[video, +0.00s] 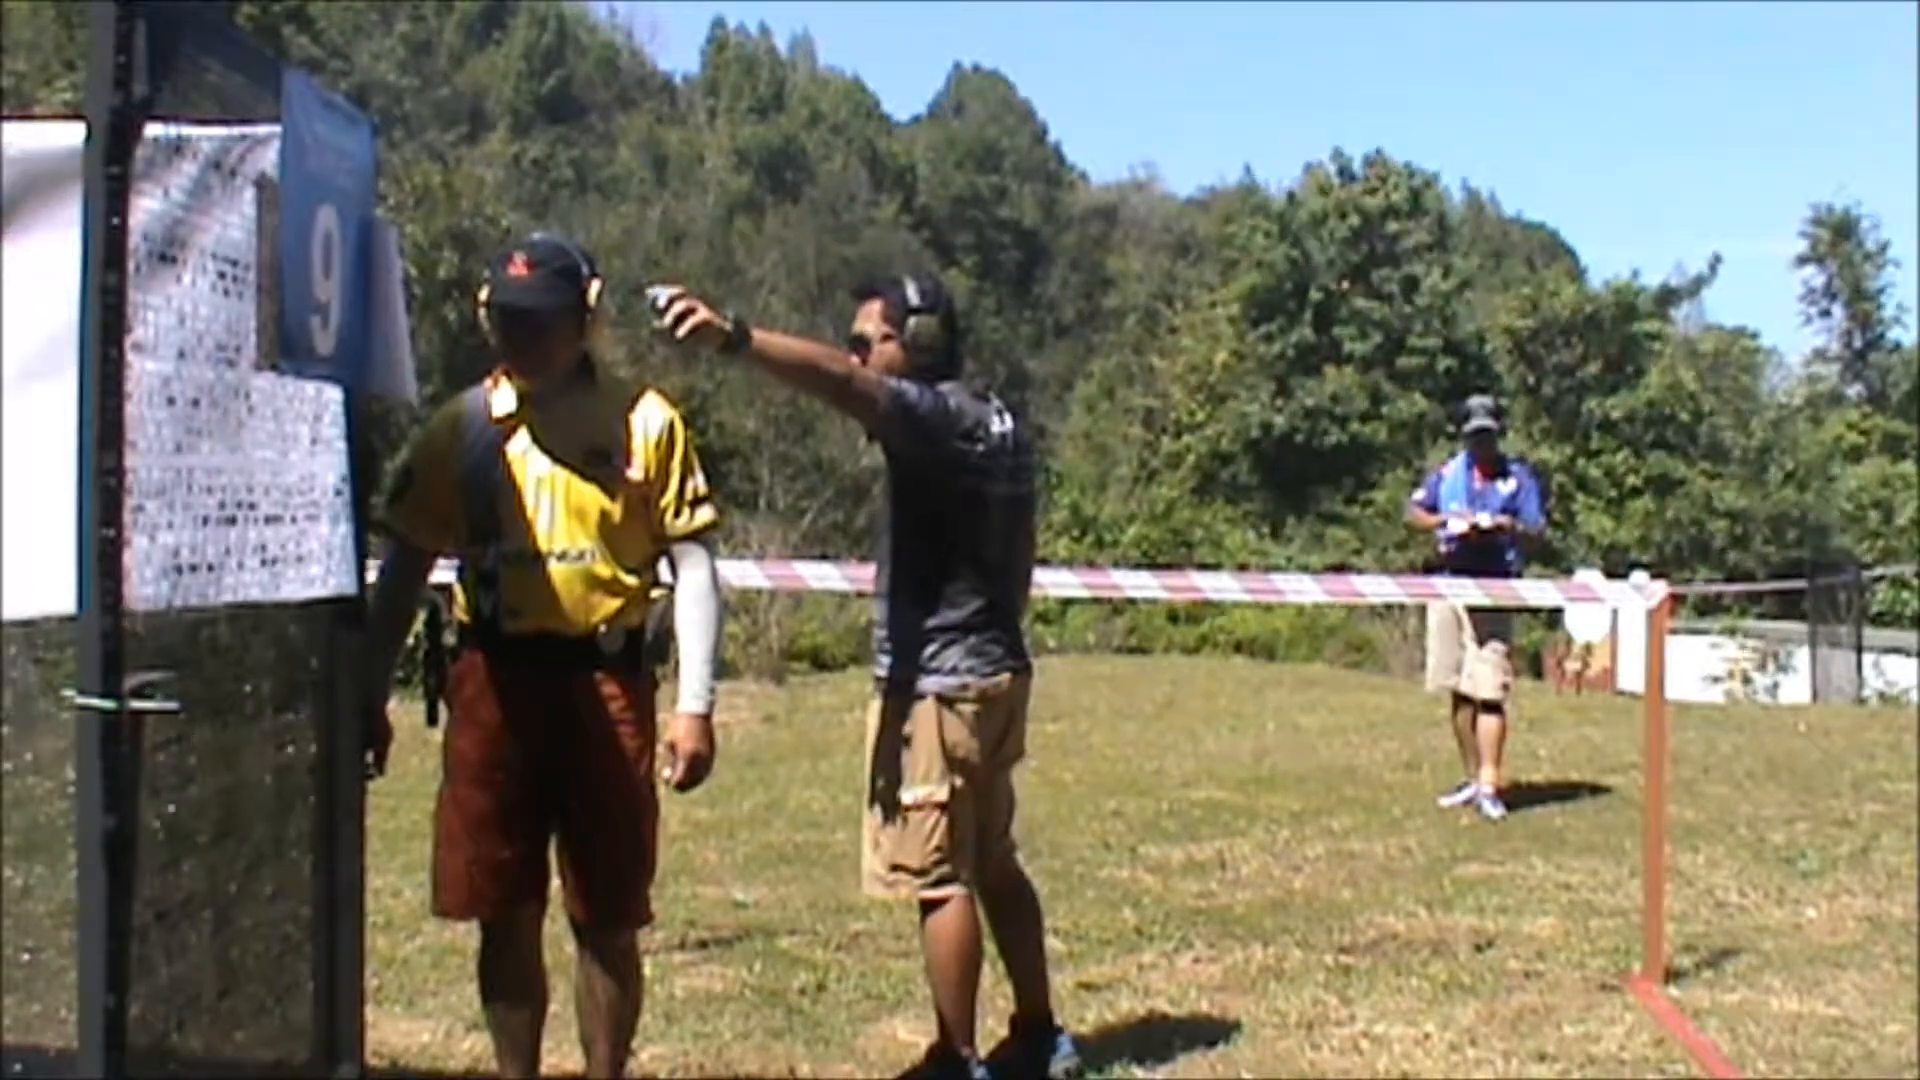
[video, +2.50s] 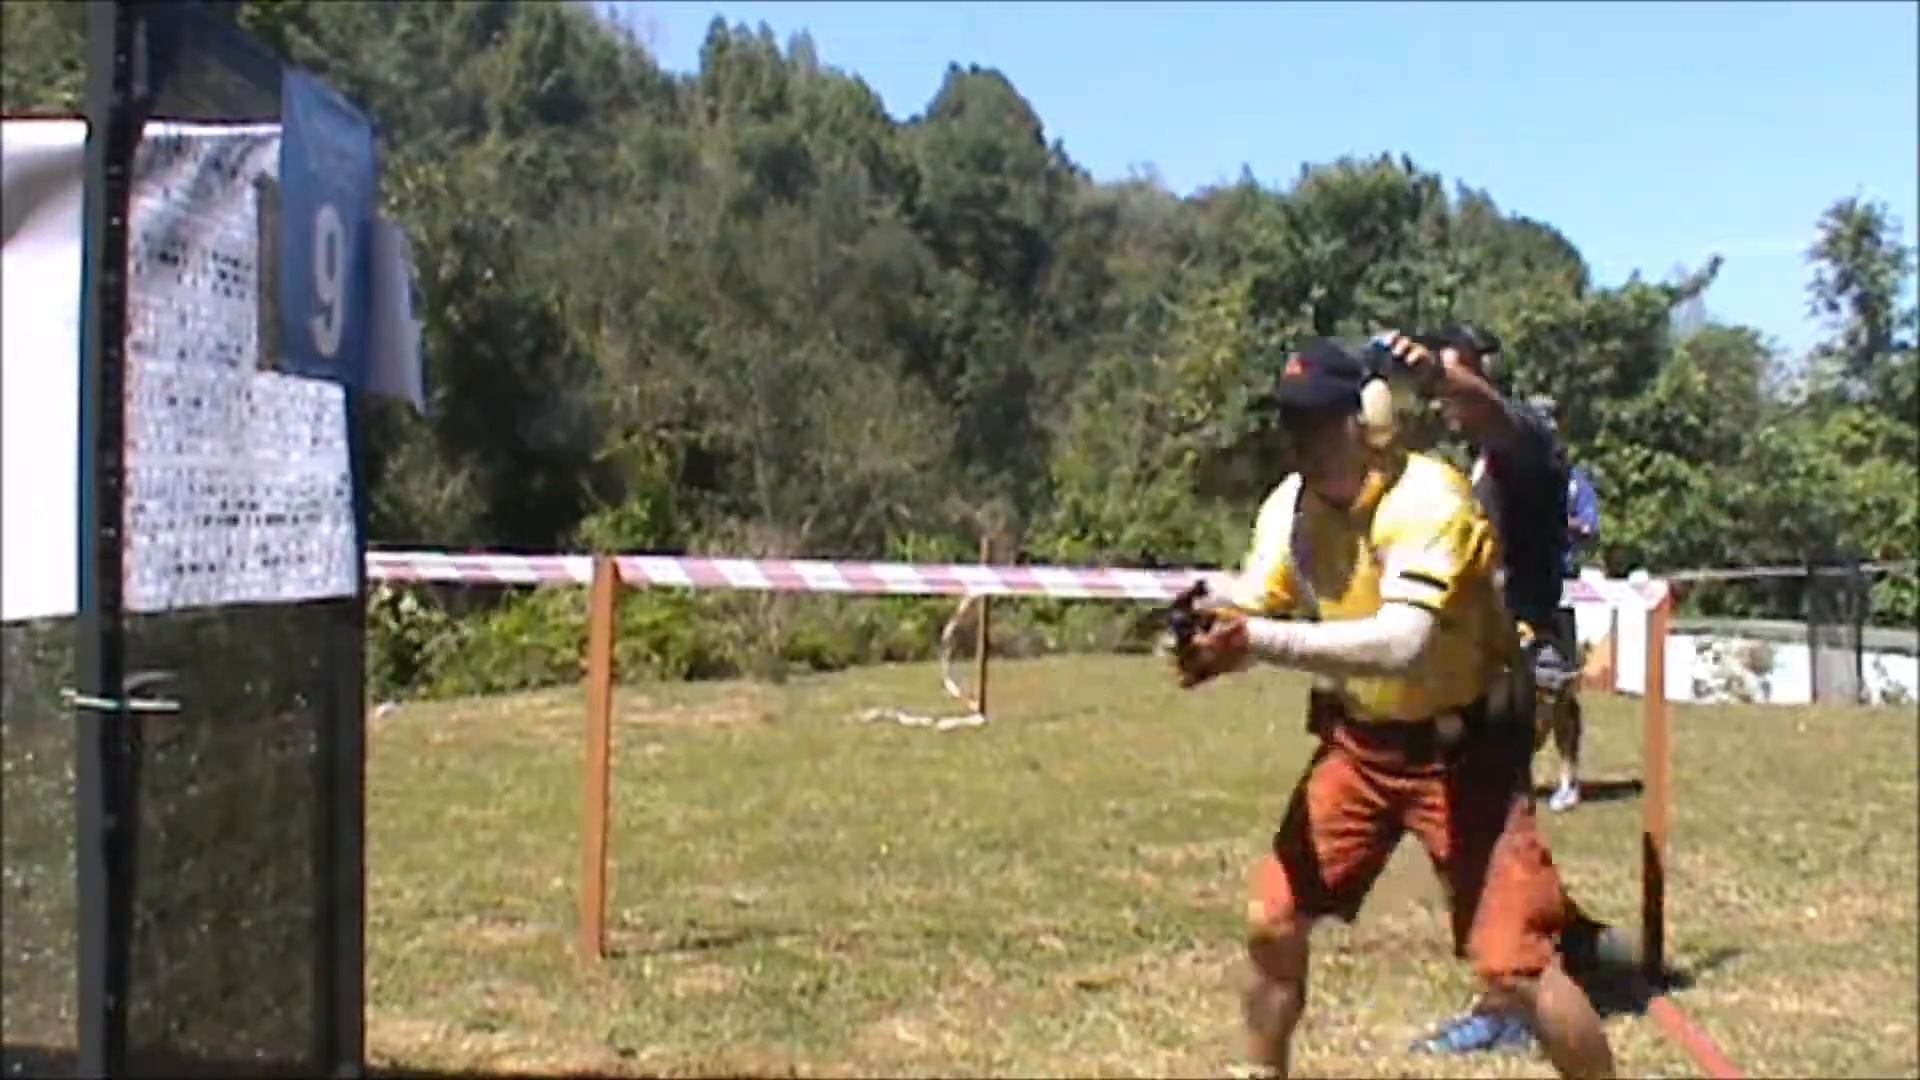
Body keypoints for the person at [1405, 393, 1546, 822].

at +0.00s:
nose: (1482, 443)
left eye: (1488, 435)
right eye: (1474, 436)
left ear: (1501, 436)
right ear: (1463, 437)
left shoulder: (1520, 479)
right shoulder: (1447, 474)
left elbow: (1537, 535)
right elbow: (1415, 512)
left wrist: (1506, 526)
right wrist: (1444, 522)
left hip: (1494, 589)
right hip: (1450, 588)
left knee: (1490, 690)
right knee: (1459, 689)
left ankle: (1489, 783)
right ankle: (1471, 776)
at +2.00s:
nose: (1488, 437)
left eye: (1495, 428)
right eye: (1481, 429)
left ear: (1506, 431)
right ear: (1471, 431)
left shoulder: (1524, 477)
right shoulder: (1452, 473)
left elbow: (1543, 527)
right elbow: (1426, 517)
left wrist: (1506, 525)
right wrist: (1463, 525)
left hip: (1508, 587)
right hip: (1461, 587)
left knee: (1515, 684)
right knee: (1466, 688)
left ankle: (1520, 778)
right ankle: (1477, 778)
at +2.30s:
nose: (1516, 442)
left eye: (1522, 434)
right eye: (1509, 434)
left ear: (1534, 436)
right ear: (1498, 436)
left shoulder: (1554, 480)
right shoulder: (1488, 477)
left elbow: (1569, 530)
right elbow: (1471, 521)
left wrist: (1541, 523)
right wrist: (1500, 519)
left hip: (1533, 589)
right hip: (1488, 588)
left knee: (1542, 686)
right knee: (1484, 689)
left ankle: (1568, 773)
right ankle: (1470, 771)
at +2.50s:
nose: (1544, 436)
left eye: (1549, 425)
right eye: (1535, 426)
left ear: (1560, 431)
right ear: (1520, 433)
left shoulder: (1572, 481)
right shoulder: (1506, 481)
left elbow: (1588, 527)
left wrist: (1551, 526)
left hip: (1552, 592)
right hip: (1507, 591)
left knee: (1560, 688)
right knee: (1516, 690)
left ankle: (1569, 774)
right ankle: (1517, 772)